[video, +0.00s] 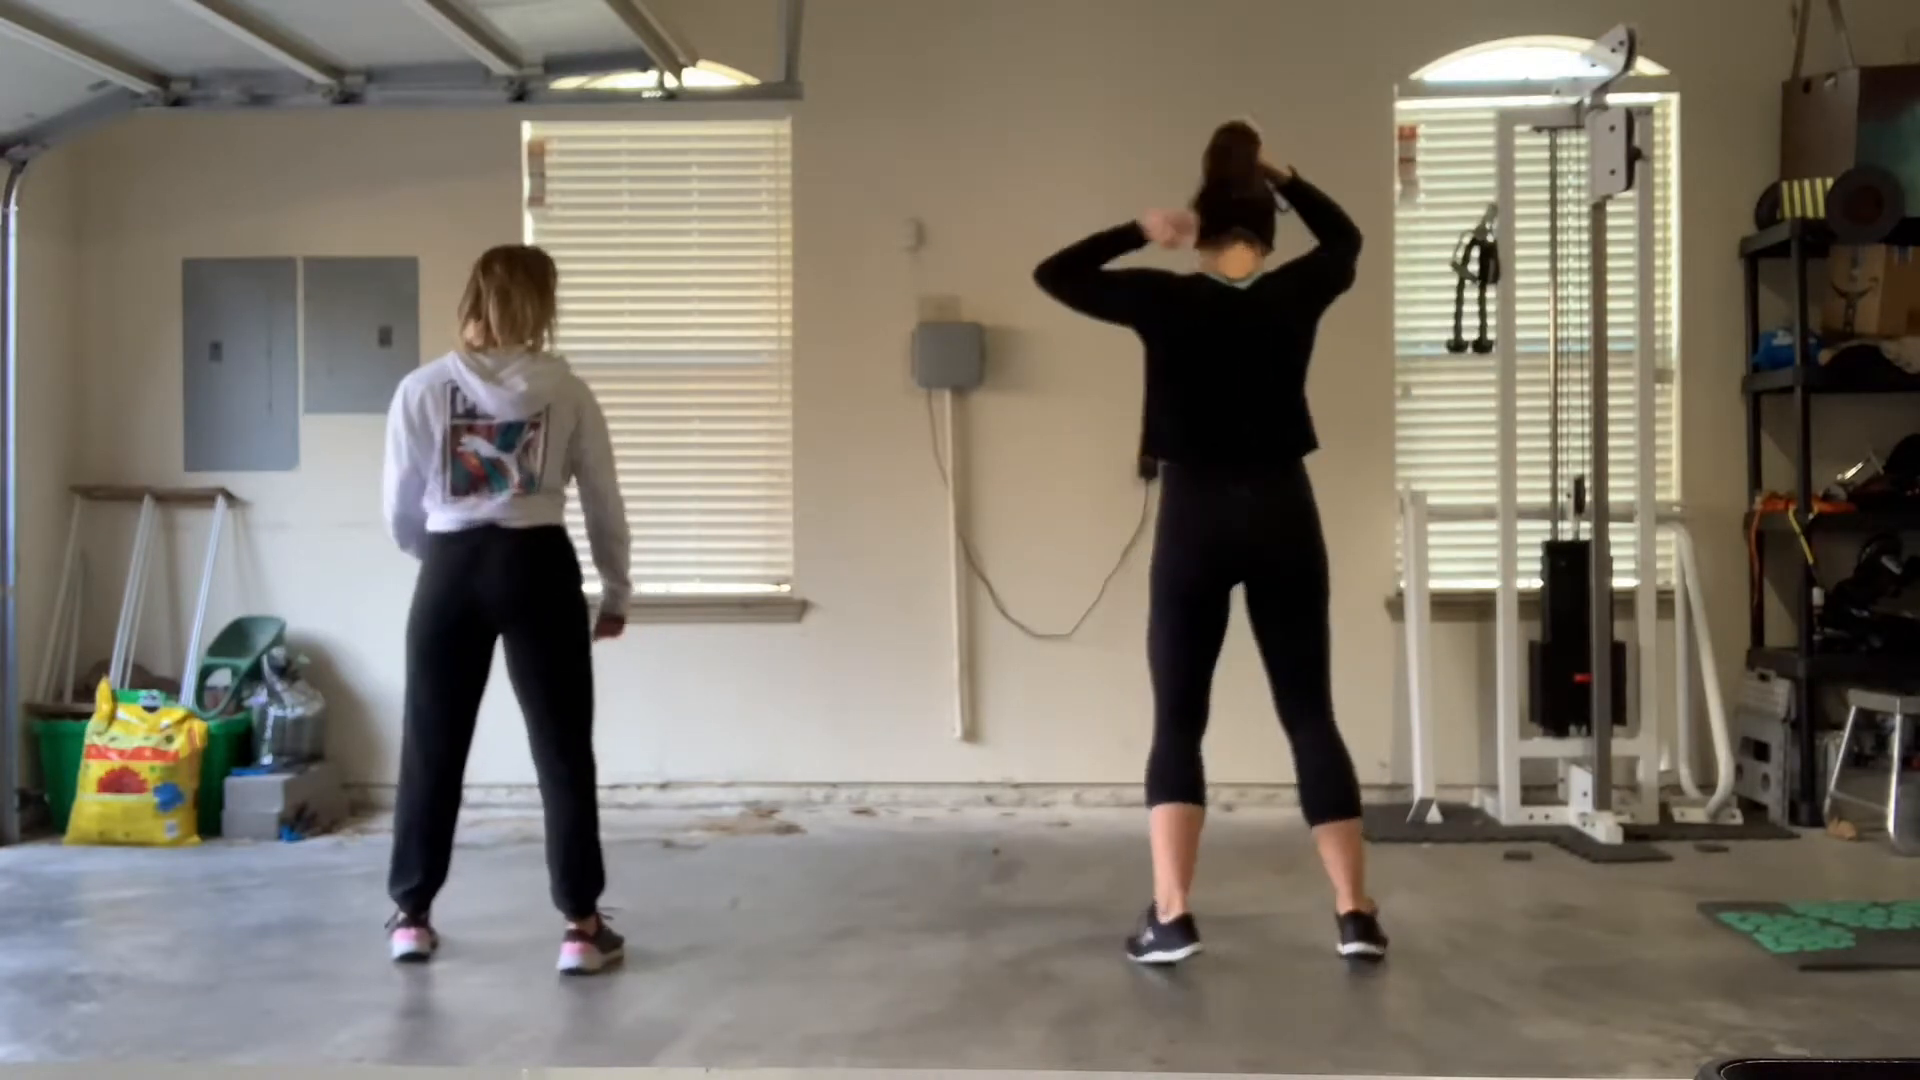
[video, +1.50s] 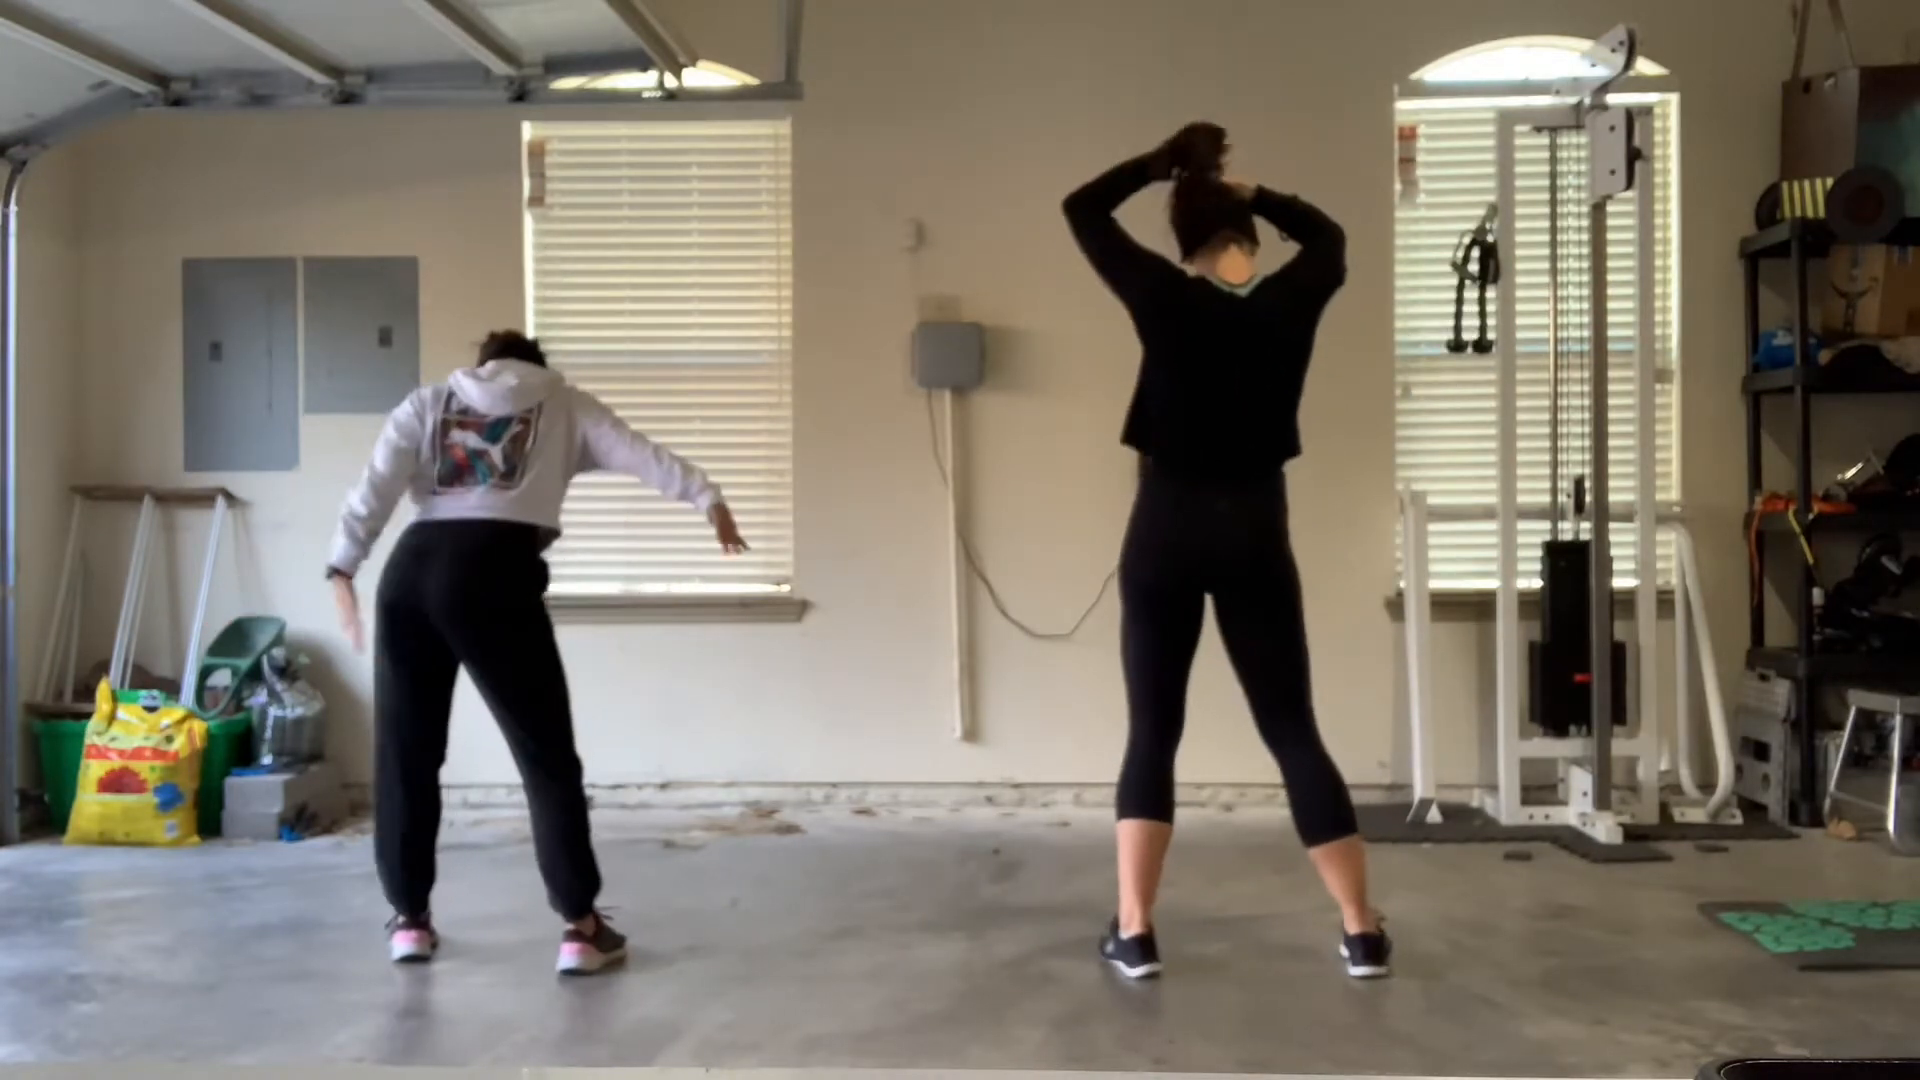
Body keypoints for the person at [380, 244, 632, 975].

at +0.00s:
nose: (551, 312)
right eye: (548, 300)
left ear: (472, 301)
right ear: (542, 305)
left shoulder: (421, 390)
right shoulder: (567, 389)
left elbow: (403, 516)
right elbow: (603, 503)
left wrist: (446, 556)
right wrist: (616, 589)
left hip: (451, 574)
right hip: (542, 572)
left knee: (431, 750)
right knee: (564, 753)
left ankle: (411, 918)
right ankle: (581, 927)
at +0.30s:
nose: (539, 315)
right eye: (536, 304)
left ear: (464, 309)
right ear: (534, 309)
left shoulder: (421, 392)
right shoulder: (564, 387)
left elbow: (389, 500)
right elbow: (619, 486)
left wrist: (376, 593)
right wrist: (649, 570)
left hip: (462, 580)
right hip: (555, 577)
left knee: (438, 753)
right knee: (574, 755)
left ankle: (414, 918)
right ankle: (583, 925)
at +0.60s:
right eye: (523, 322)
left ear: (459, 331)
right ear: (528, 331)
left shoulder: (423, 391)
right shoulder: (561, 385)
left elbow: (365, 487)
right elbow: (633, 470)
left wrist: (309, 570)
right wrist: (684, 548)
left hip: (441, 575)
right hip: (533, 573)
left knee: (426, 749)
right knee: (555, 752)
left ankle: (412, 920)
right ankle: (578, 926)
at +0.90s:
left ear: (458, 361)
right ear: (525, 360)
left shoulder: (416, 408)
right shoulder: (557, 397)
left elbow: (331, 493)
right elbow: (595, 480)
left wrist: (253, 560)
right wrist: (609, 567)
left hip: (483, 579)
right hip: (573, 571)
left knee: (456, 749)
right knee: (588, 757)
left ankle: (415, 918)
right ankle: (586, 926)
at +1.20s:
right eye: (525, 364)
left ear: (464, 364)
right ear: (529, 363)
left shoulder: (418, 408)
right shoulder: (553, 395)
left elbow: (340, 492)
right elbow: (608, 459)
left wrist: (265, 561)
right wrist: (662, 533)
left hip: (477, 580)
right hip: (568, 574)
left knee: (453, 749)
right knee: (584, 753)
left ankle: (414, 919)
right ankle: (586, 925)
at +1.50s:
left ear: (479, 365)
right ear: (541, 368)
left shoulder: (429, 401)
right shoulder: (564, 401)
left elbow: (381, 477)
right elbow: (632, 450)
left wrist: (342, 562)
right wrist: (711, 498)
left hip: (413, 577)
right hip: (498, 577)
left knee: (406, 757)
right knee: (548, 758)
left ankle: (409, 921)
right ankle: (581, 926)